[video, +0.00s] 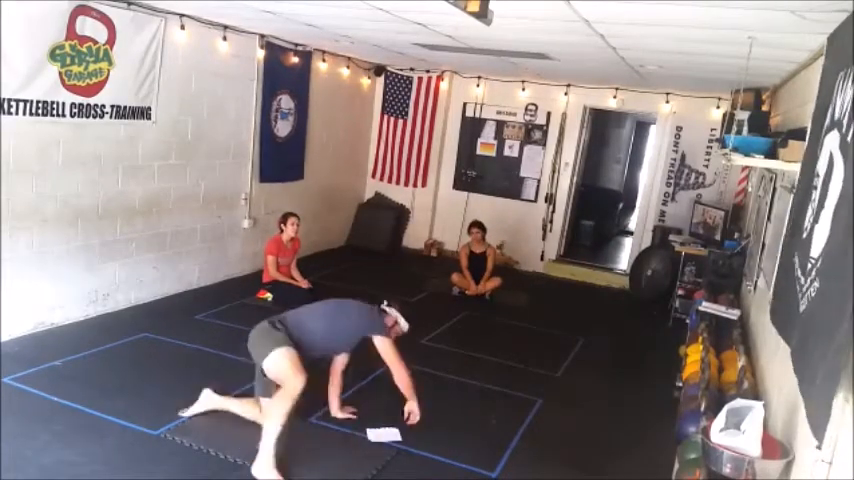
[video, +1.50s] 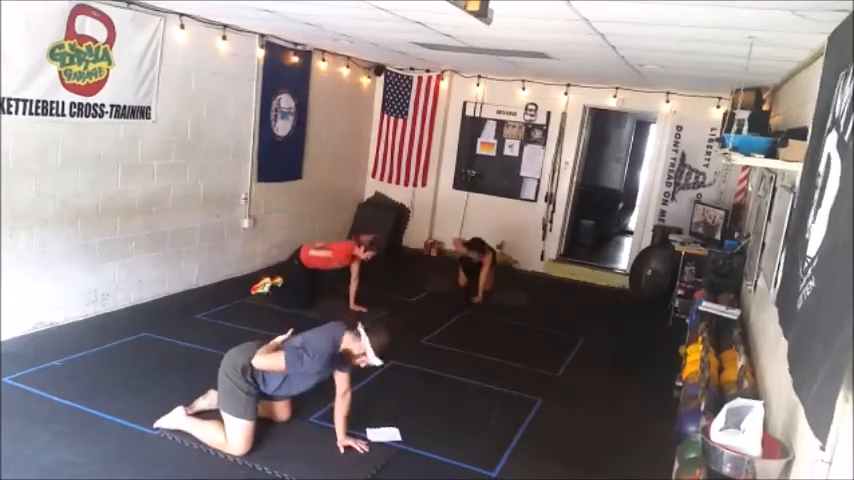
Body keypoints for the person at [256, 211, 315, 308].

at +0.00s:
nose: (296, 228)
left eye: (297, 225)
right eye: (292, 224)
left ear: (299, 226)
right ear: (283, 226)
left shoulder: (295, 242)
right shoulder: (273, 243)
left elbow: (293, 267)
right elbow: (272, 273)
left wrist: (302, 281)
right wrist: (297, 284)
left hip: (288, 280)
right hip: (272, 282)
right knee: (302, 296)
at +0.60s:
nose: (296, 228)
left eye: (298, 225)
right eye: (293, 225)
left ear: (299, 226)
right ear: (283, 226)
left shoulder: (295, 242)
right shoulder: (273, 243)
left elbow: (292, 267)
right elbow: (272, 273)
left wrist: (302, 281)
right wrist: (298, 283)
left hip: (287, 280)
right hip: (272, 282)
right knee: (302, 298)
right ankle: (270, 297)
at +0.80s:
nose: (337, 245)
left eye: (338, 241)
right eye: (334, 241)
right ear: (325, 239)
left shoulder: (327, 252)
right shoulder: (312, 251)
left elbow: (326, 274)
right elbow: (306, 281)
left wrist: (339, 294)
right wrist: (325, 301)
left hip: (295, 274)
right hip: (282, 274)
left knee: (311, 301)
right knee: (303, 302)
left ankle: (280, 292)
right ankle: (275, 296)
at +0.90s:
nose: (367, 257)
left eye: (369, 255)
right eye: (366, 253)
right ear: (358, 247)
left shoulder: (353, 252)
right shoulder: (343, 254)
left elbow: (353, 280)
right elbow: (335, 285)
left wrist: (354, 304)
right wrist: (335, 311)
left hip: (308, 263)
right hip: (298, 263)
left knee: (314, 296)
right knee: (307, 301)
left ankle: (283, 286)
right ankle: (277, 293)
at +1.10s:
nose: (367, 260)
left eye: (371, 259)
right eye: (369, 256)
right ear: (363, 247)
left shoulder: (358, 254)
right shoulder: (345, 254)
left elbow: (355, 280)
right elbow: (337, 284)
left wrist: (352, 303)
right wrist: (335, 311)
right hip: (305, 260)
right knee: (303, 300)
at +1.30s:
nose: (369, 253)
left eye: (371, 251)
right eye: (368, 249)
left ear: (366, 249)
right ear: (360, 243)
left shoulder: (356, 256)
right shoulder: (346, 249)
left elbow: (354, 276)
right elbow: (328, 249)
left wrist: (352, 294)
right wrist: (316, 244)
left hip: (311, 264)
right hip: (301, 262)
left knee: (309, 297)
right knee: (301, 300)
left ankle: (278, 284)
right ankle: (272, 287)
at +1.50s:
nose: (368, 258)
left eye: (371, 256)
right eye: (369, 255)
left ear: (365, 249)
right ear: (364, 248)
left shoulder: (355, 256)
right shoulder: (344, 251)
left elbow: (354, 279)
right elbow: (311, 252)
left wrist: (352, 304)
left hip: (307, 260)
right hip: (300, 261)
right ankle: (270, 287)